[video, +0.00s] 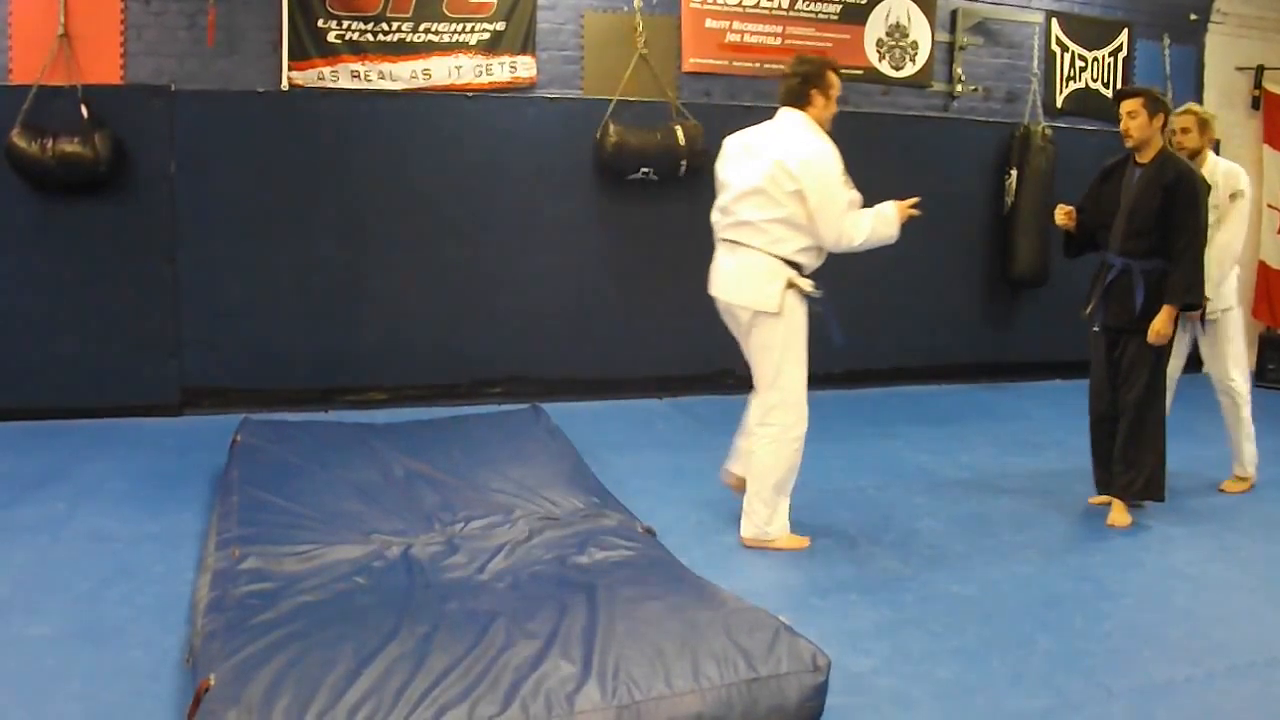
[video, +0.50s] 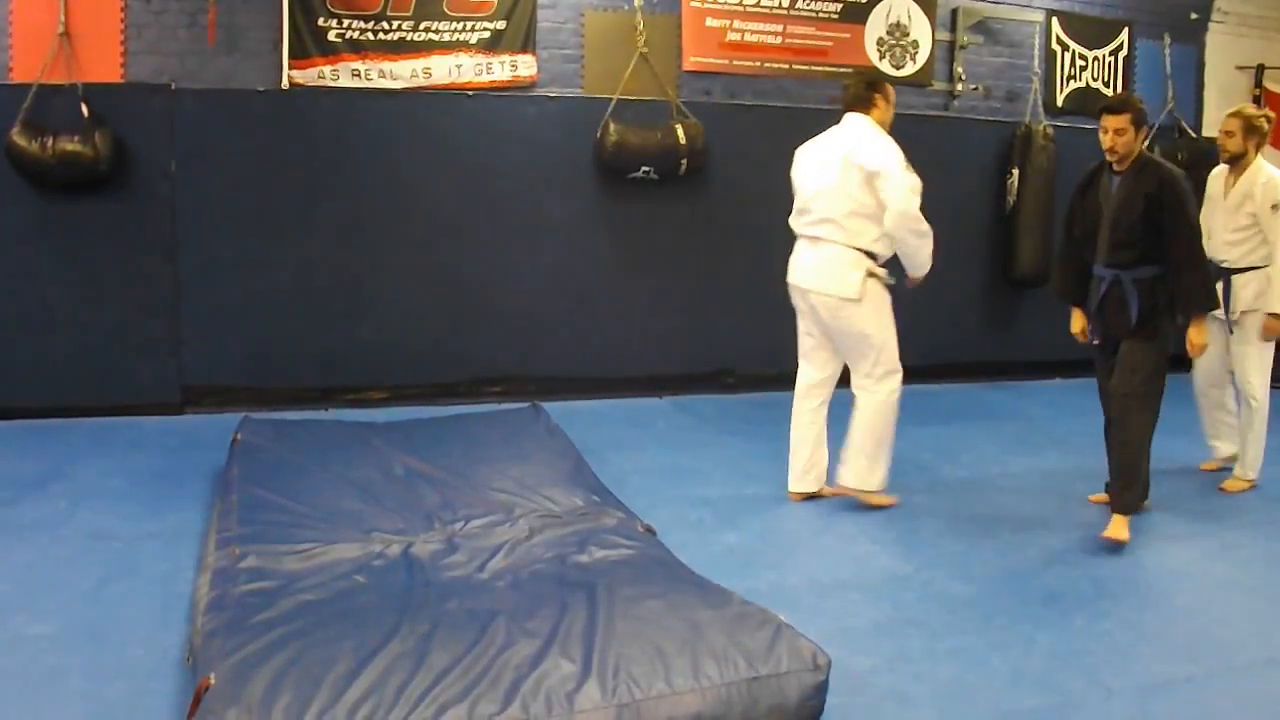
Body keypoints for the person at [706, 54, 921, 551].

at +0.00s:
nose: (835, 109)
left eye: (835, 99)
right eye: (832, 98)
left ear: (793, 95)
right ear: (814, 96)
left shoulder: (738, 141)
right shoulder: (813, 149)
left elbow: (739, 210)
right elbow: (839, 231)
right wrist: (891, 216)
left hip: (726, 278)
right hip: (771, 288)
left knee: (773, 384)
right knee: (786, 409)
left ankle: (743, 466)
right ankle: (763, 527)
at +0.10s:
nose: (849, 113)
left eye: (848, 103)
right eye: (846, 103)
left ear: (807, 100)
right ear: (827, 100)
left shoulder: (754, 147)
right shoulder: (828, 153)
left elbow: (755, 216)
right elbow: (856, 231)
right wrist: (906, 219)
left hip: (747, 281)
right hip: (789, 289)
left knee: (791, 388)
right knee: (784, 404)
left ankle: (796, 476)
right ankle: (761, 525)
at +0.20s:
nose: (861, 116)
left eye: (860, 107)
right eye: (857, 107)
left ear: (817, 107)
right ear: (835, 107)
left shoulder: (770, 154)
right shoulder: (839, 156)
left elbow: (771, 223)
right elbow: (866, 232)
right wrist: (903, 198)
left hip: (767, 280)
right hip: (806, 288)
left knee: (801, 390)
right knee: (797, 403)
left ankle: (804, 481)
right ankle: (764, 521)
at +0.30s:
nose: (871, 115)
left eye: (870, 107)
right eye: (867, 106)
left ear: (828, 107)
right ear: (846, 105)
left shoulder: (784, 153)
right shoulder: (849, 150)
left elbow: (784, 219)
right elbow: (875, 222)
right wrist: (912, 193)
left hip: (779, 277)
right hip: (817, 283)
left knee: (805, 388)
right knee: (837, 396)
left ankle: (810, 480)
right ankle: (781, 493)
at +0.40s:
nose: (879, 115)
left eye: (879, 106)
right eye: (877, 106)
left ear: (837, 105)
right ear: (860, 104)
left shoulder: (796, 150)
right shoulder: (861, 147)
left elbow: (799, 210)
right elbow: (890, 214)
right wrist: (929, 224)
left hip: (789, 268)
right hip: (830, 275)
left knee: (808, 379)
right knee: (866, 380)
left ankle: (801, 477)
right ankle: (821, 478)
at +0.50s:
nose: (894, 109)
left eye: (892, 101)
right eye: (891, 101)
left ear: (849, 102)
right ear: (878, 101)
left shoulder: (810, 148)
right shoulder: (884, 152)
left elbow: (806, 209)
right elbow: (903, 214)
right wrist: (918, 265)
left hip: (804, 264)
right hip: (850, 273)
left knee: (814, 374)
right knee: (879, 376)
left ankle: (804, 480)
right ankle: (861, 480)